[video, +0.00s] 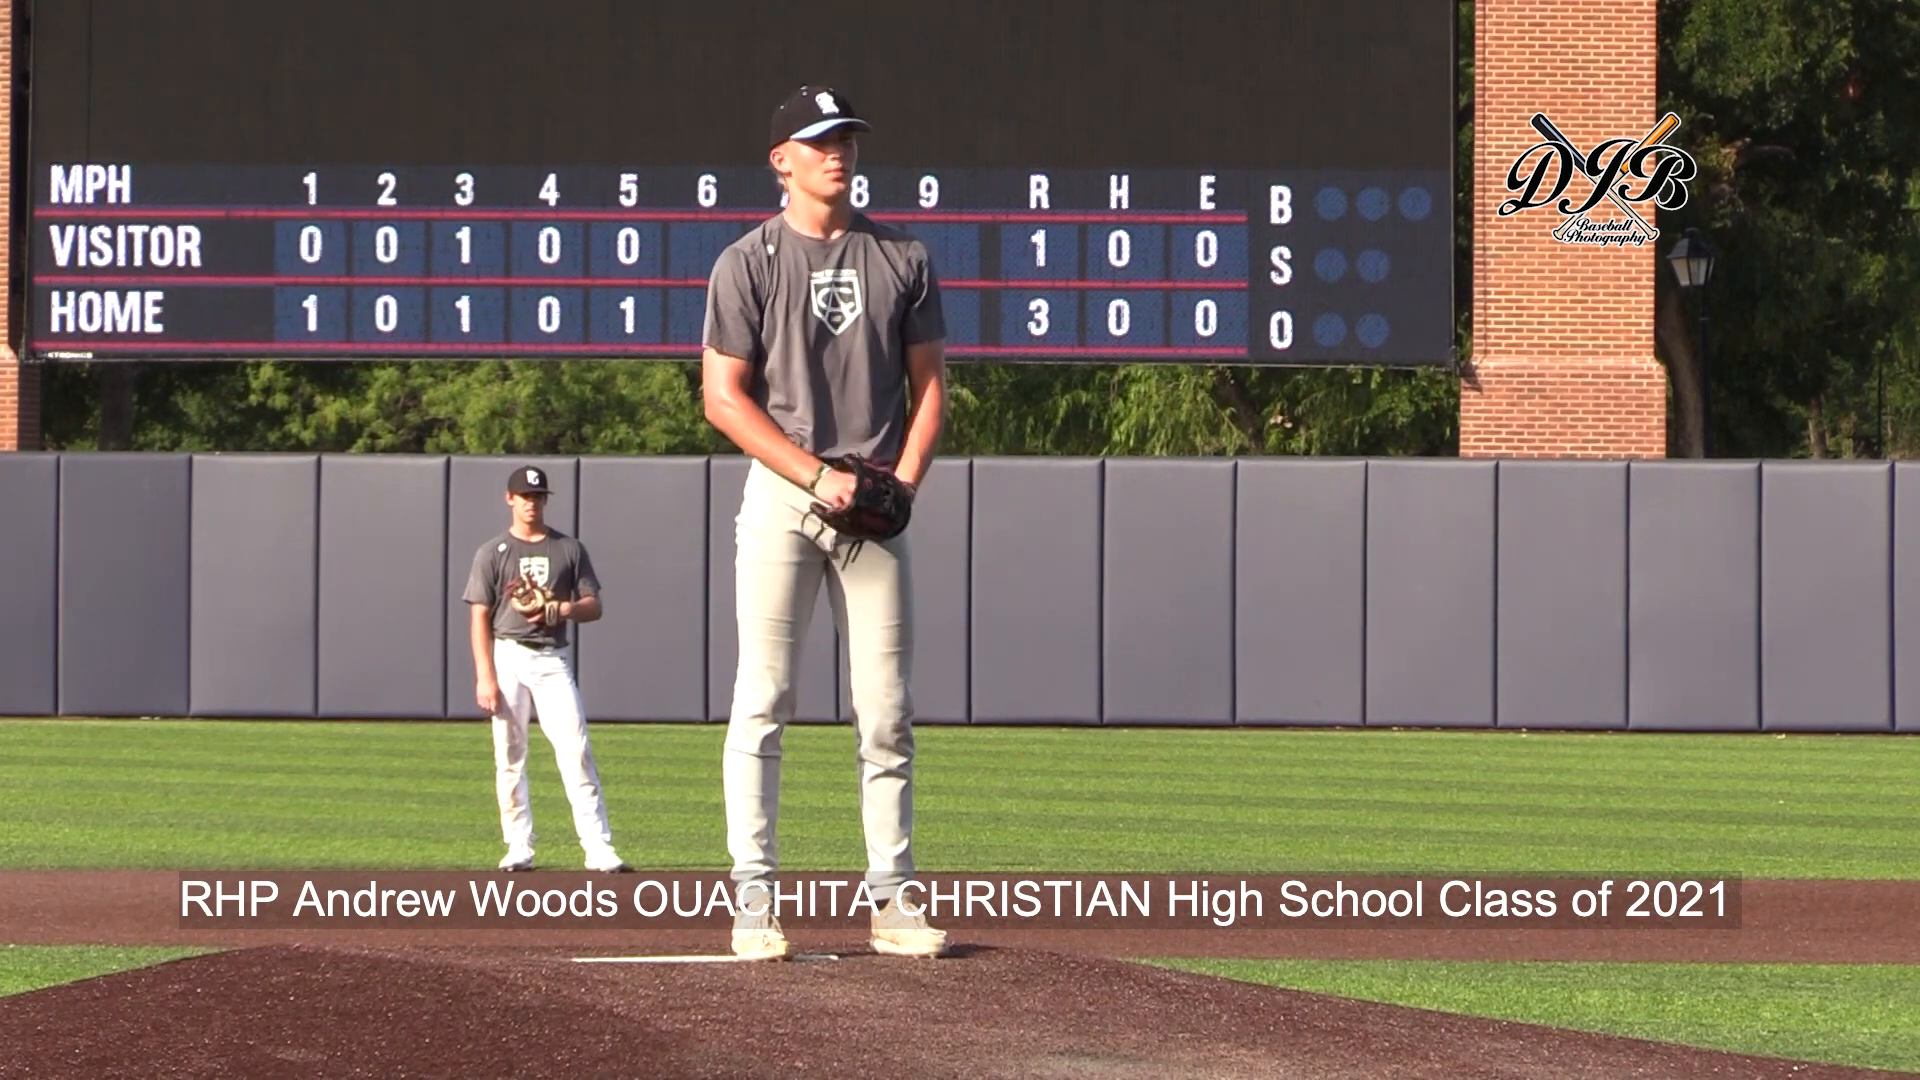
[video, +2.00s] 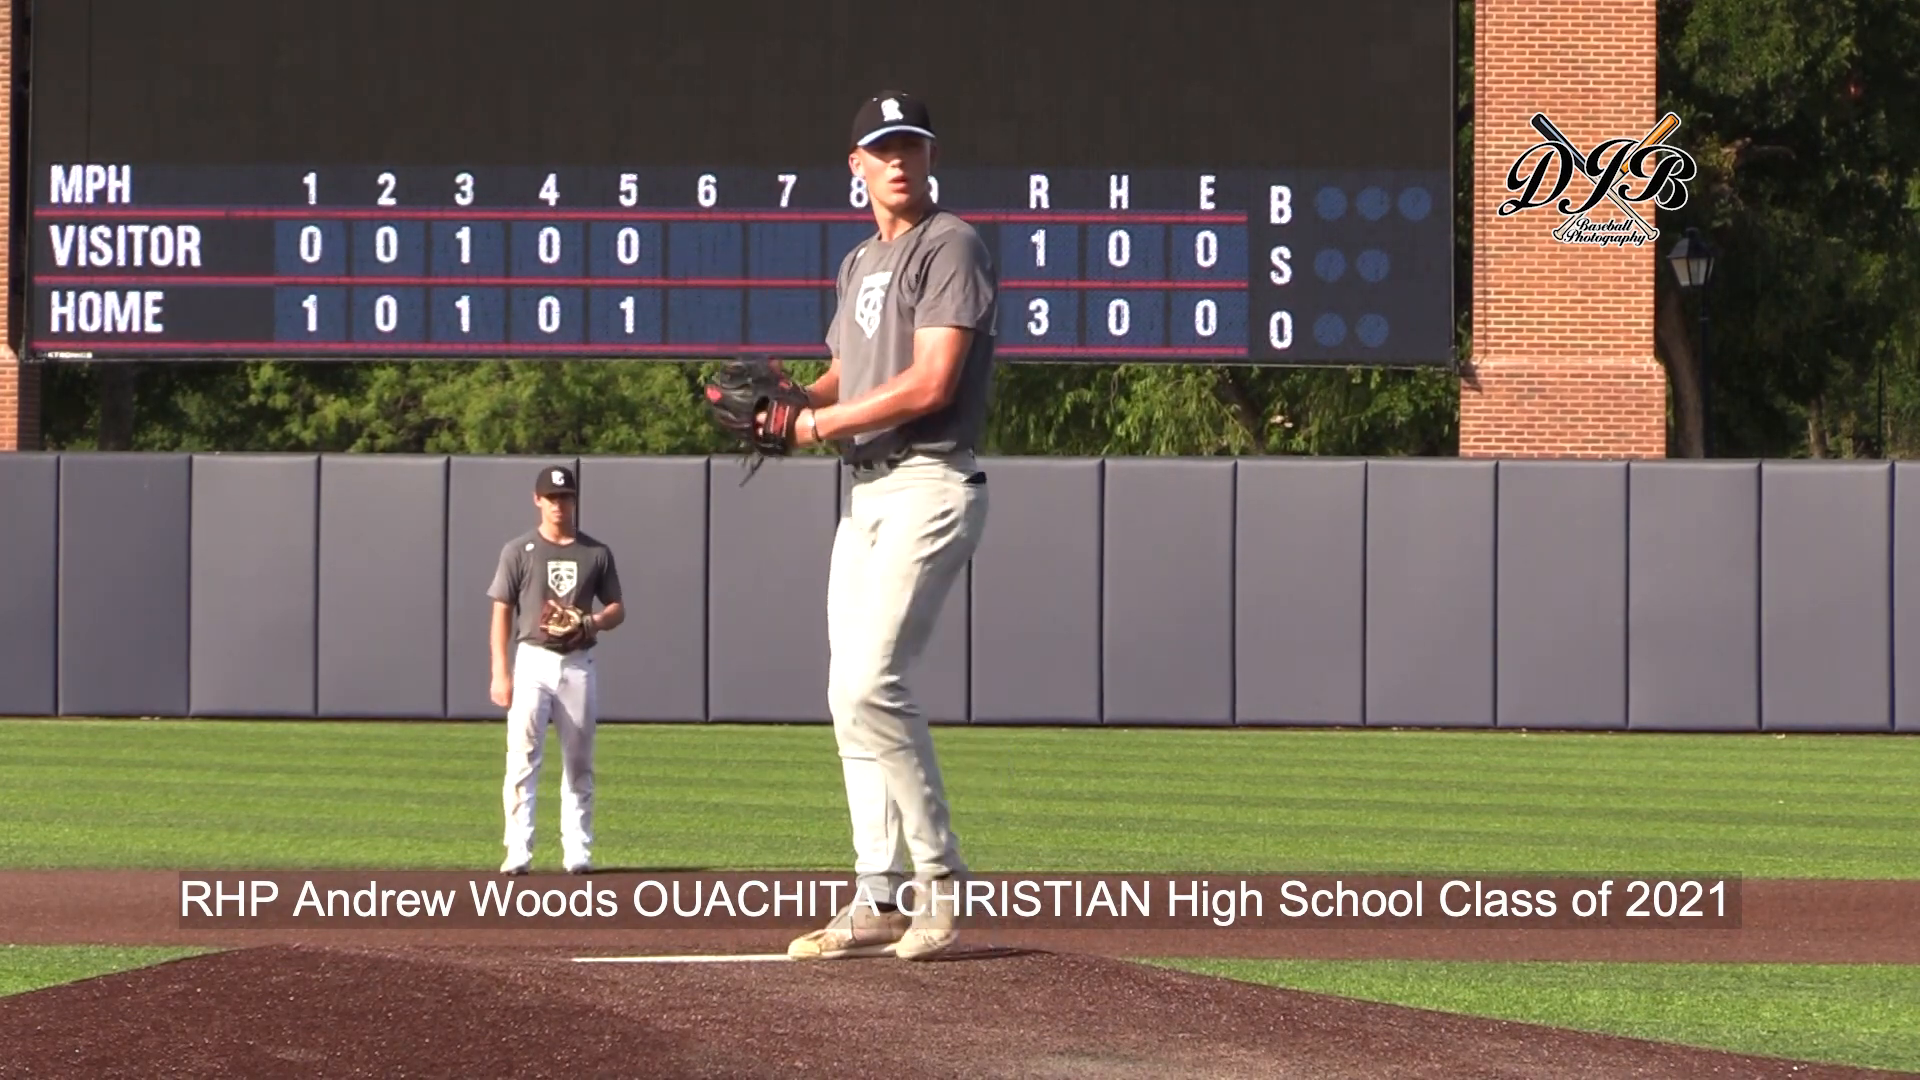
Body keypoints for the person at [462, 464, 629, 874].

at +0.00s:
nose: (532, 504)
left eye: (539, 497)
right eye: (525, 497)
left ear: (547, 500)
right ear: (510, 500)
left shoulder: (570, 549)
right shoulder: (491, 554)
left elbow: (593, 607)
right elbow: (479, 619)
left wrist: (559, 608)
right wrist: (485, 676)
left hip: (553, 658)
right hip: (506, 656)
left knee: (577, 749)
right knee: (509, 757)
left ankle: (600, 852)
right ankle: (519, 850)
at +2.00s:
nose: (559, 505)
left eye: (565, 498)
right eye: (551, 498)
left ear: (575, 502)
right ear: (538, 501)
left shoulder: (598, 554)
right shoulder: (517, 552)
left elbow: (616, 608)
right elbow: (501, 613)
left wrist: (592, 623)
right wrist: (501, 673)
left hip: (577, 665)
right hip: (530, 661)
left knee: (578, 764)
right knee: (522, 760)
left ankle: (578, 855)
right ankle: (518, 855)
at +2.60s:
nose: (537, 514)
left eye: (543, 506)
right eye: (529, 508)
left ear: (551, 507)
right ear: (514, 511)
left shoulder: (581, 546)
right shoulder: (503, 560)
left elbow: (607, 586)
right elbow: (485, 618)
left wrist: (594, 629)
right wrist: (481, 681)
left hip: (576, 664)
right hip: (528, 665)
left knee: (605, 754)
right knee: (519, 763)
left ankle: (625, 846)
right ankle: (517, 856)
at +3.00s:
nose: (600, 522)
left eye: (606, 514)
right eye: (592, 516)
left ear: (615, 517)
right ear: (578, 519)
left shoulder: (642, 561)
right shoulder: (561, 566)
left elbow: (663, 601)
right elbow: (542, 621)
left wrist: (645, 643)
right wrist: (536, 683)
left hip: (622, 675)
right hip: (571, 671)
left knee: (645, 764)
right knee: (541, 762)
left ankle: (657, 859)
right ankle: (519, 852)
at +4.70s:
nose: (545, 503)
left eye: (550, 497)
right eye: (537, 497)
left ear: (556, 500)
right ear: (518, 502)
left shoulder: (579, 548)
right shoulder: (503, 558)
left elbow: (600, 601)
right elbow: (502, 627)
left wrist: (618, 658)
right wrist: (511, 683)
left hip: (568, 662)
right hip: (521, 662)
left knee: (598, 755)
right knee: (515, 763)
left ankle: (629, 849)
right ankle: (513, 855)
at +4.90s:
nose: (555, 500)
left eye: (553, 494)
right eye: (548, 495)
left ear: (535, 500)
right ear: (527, 500)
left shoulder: (559, 544)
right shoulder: (494, 557)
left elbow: (572, 606)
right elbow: (487, 625)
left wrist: (589, 666)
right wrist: (493, 685)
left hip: (562, 660)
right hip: (514, 662)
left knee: (583, 759)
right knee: (511, 765)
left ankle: (603, 852)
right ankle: (513, 856)